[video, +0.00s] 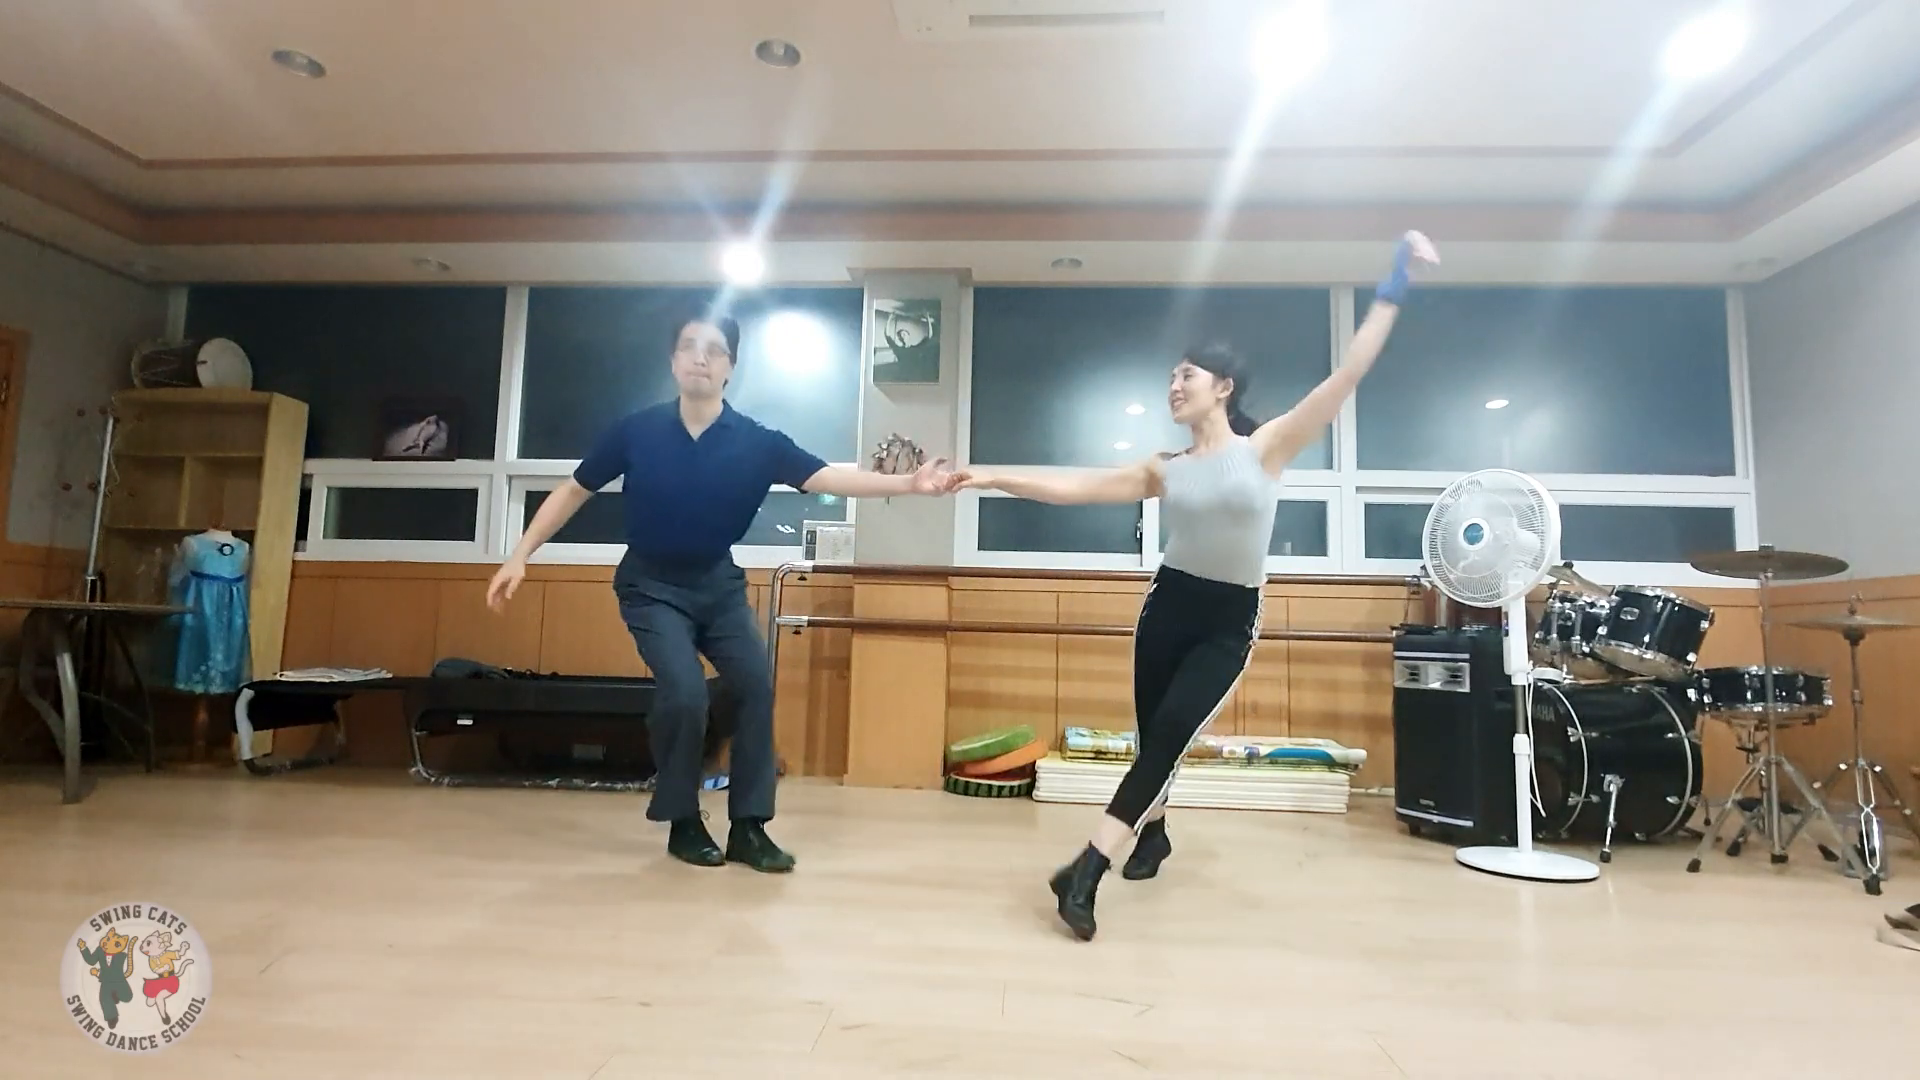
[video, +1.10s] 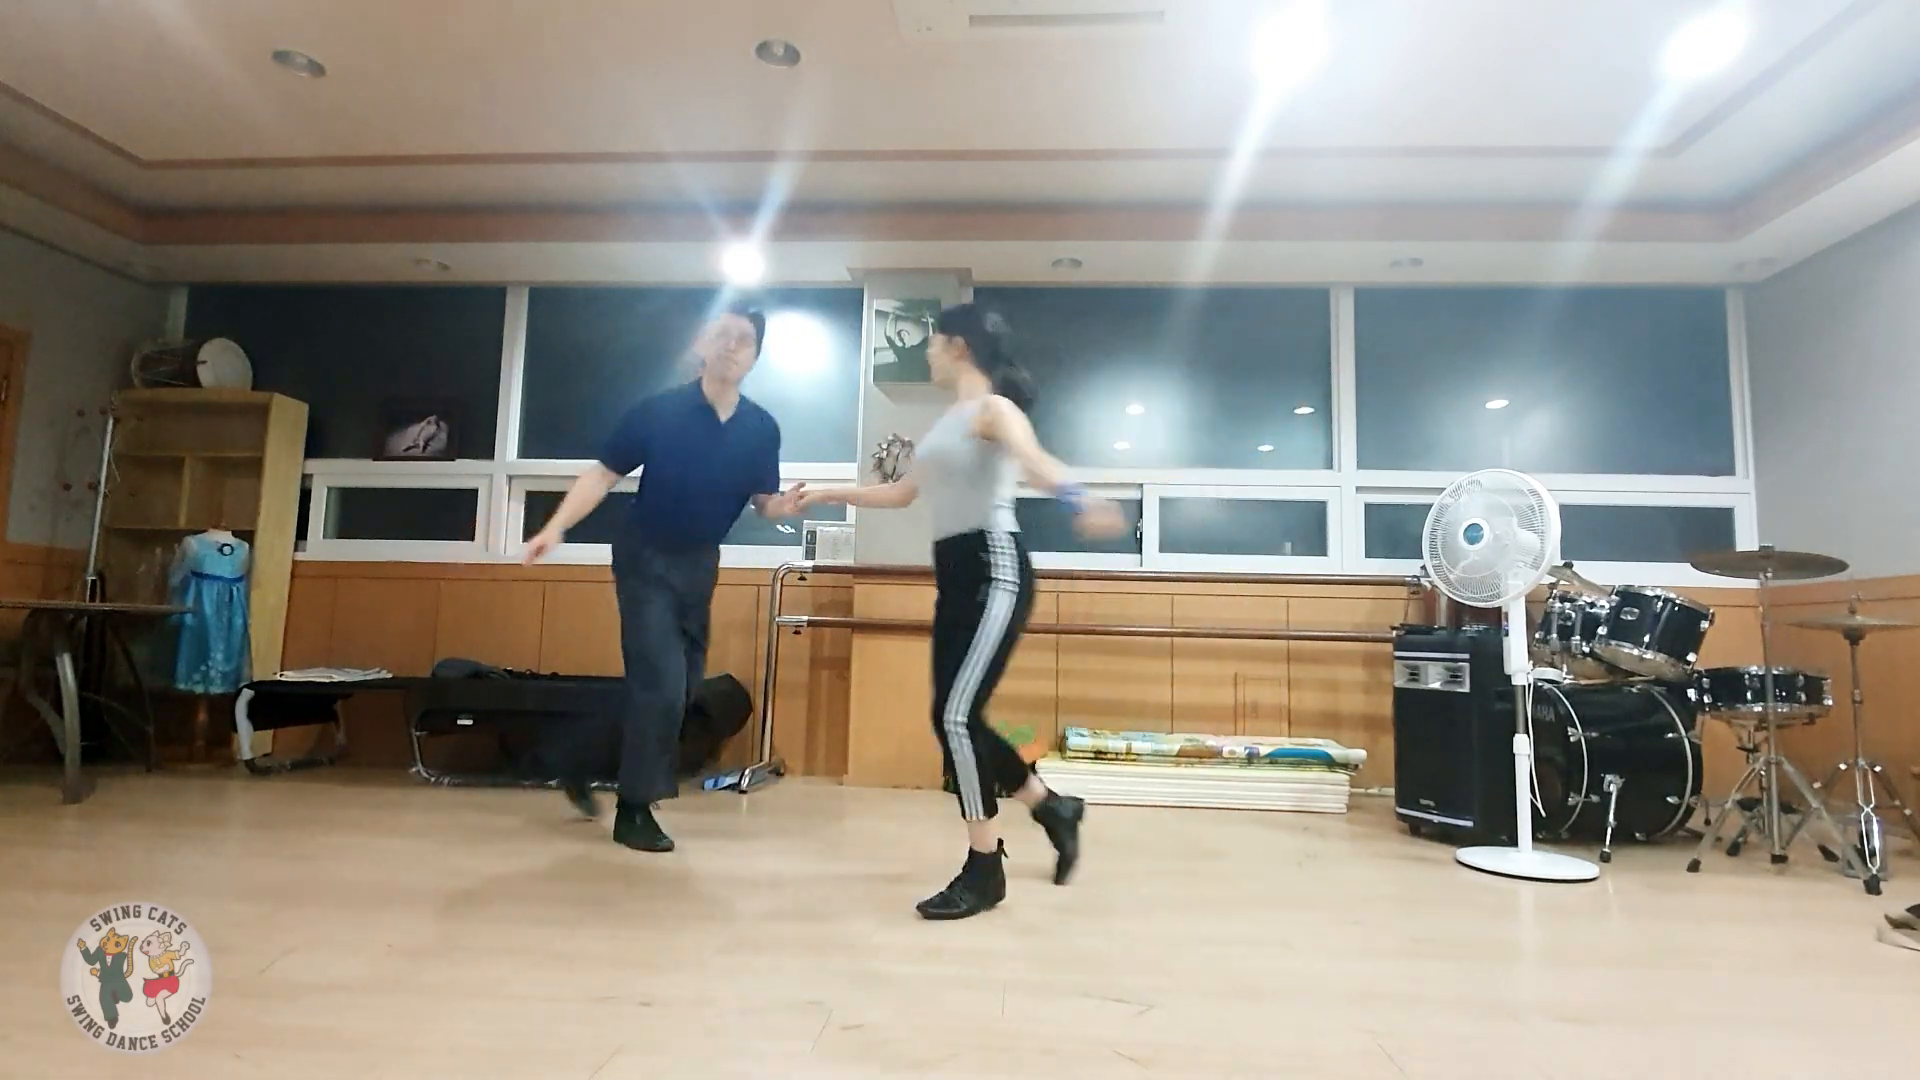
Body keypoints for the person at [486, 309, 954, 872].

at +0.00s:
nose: (699, 361)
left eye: (714, 351)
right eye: (689, 347)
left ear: (731, 367)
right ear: (672, 359)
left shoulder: (757, 442)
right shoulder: (637, 433)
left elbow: (829, 476)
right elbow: (574, 490)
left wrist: (909, 482)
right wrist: (519, 556)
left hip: (720, 587)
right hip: (651, 586)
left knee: (755, 679)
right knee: (685, 689)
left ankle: (749, 828)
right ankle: (684, 824)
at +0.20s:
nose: (706, 364)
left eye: (719, 358)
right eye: (696, 353)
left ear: (732, 375)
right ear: (675, 364)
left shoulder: (749, 448)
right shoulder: (633, 429)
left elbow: (820, 478)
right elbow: (568, 484)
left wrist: (900, 482)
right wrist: (507, 543)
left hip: (693, 586)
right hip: (629, 582)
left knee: (721, 690)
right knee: (671, 686)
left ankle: (690, 793)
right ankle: (686, 825)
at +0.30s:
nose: (706, 368)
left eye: (718, 361)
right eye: (696, 356)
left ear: (732, 379)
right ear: (674, 367)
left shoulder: (746, 454)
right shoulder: (630, 431)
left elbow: (817, 483)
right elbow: (565, 486)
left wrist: (897, 488)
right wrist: (503, 541)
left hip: (686, 589)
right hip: (622, 582)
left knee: (702, 706)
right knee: (667, 687)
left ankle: (643, 776)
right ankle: (687, 824)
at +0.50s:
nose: (701, 372)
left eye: (714, 366)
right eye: (692, 362)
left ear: (728, 385)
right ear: (671, 374)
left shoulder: (741, 461)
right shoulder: (627, 434)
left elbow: (812, 490)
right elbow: (559, 487)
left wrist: (892, 495)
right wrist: (492, 541)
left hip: (671, 595)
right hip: (611, 583)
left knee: (651, 722)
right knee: (657, 691)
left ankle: (557, 758)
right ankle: (685, 823)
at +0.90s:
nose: (694, 374)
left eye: (707, 368)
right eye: (686, 363)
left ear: (719, 385)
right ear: (667, 372)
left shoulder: (725, 450)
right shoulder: (620, 430)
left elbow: (760, 498)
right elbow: (546, 482)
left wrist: (816, 495)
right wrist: (480, 529)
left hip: (657, 583)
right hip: (605, 573)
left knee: (591, 690)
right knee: (660, 676)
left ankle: (512, 787)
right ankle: (639, 809)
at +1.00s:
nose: (710, 365)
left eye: (722, 359)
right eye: (702, 353)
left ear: (735, 375)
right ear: (680, 361)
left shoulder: (741, 444)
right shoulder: (636, 429)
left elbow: (751, 511)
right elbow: (568, 483)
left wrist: (790, 506)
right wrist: (504, 533)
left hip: (676, 582)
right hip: (626, 574)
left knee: (607, 689)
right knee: (664, 685)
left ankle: (522, 774)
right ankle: (635, 812)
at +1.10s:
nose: (731, 347)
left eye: (743, 341)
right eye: (723, 336)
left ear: (755, 357)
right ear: (700, 345)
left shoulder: (760, 429)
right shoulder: (659, 413)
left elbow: (765, 502)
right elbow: (602, 474)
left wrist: (788, 504)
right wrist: (555, 528)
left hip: (698, 568)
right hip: (646, 562)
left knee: (680, 689)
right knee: (660, 685)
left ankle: (582, 765)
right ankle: (634, 810)